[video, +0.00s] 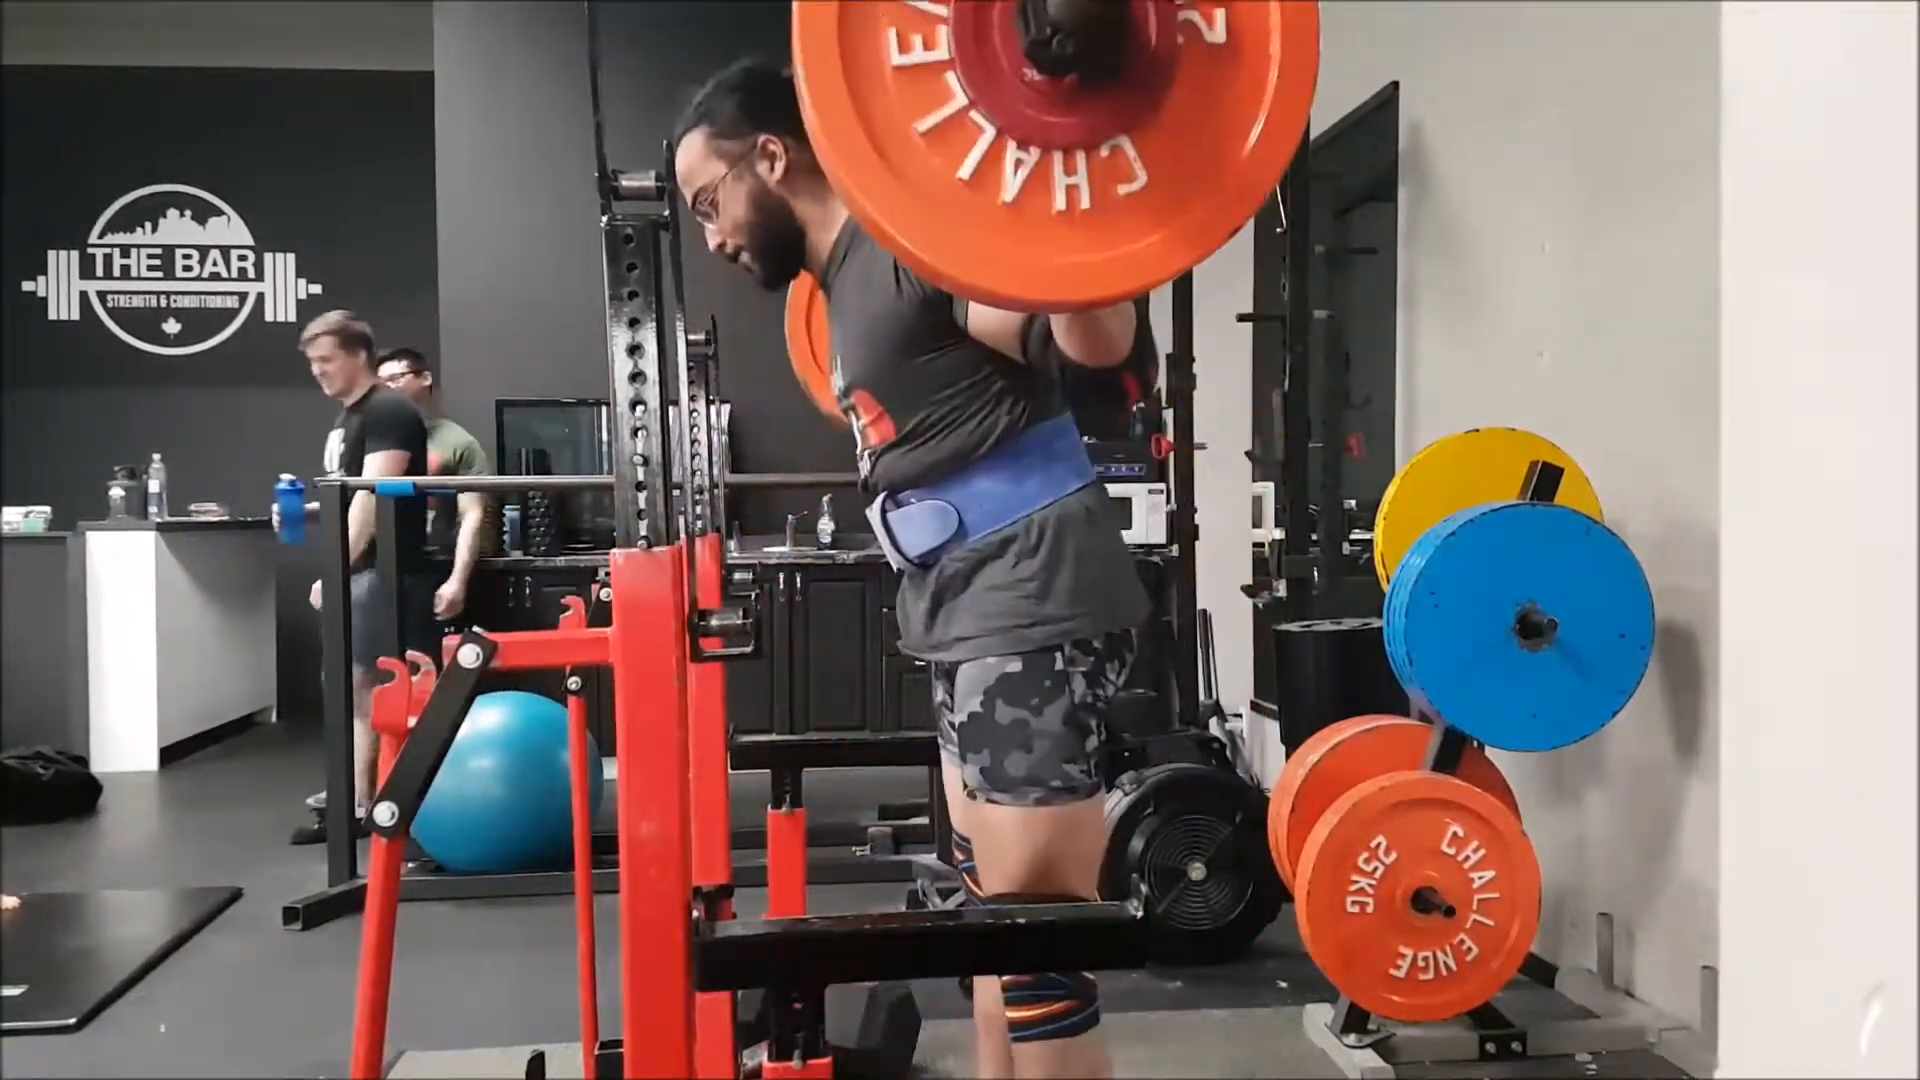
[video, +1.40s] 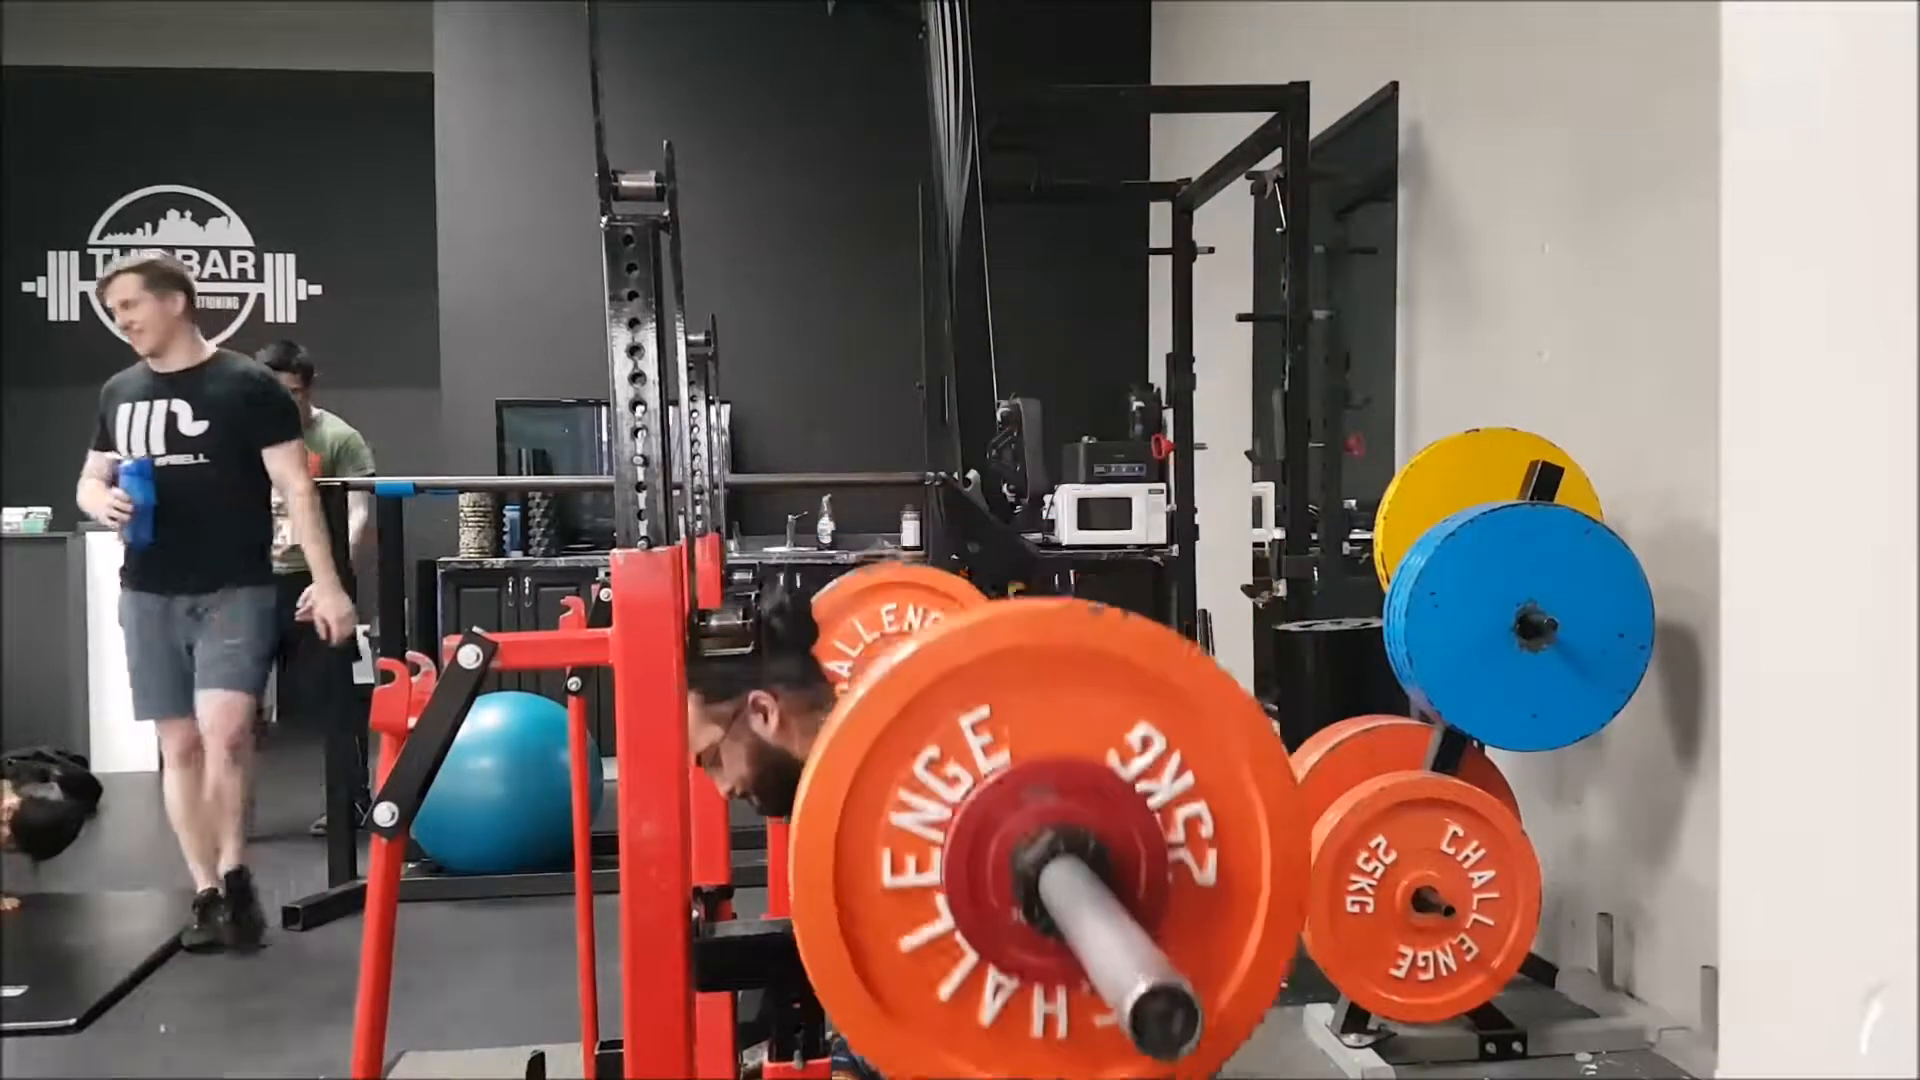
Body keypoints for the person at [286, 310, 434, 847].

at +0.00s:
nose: (318, 372)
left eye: (325, 359)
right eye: (313, 362)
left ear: (359, 355)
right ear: (319, 364)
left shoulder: (391, 411)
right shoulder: (349, 418)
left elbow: (374, 502)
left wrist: (336, 569)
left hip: (389, 571)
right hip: (360, 570)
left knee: (380, 691)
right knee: (358, 691)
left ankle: (393, 809)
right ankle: (353, 801)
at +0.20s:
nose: (287, 372)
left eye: (296, 361)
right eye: (281, 364)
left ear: (328, 358)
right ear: (280, 367)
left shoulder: (361, 414)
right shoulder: (305, 420)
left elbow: (352, 503)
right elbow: (309, 499)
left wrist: (315, 572)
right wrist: (269, 508)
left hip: (346, 577)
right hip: (313, 574)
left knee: (306, 680)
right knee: (345, 697)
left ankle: (324, 807)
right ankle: (363, 810)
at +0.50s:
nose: (247, 361)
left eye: (257, 351)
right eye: (241, 352)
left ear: (292, 350)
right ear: (240, 354)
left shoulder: (326, 413)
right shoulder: (259, 413)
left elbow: (316, 506)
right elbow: (260, 495)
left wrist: (269, 581)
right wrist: (222, 514)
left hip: (309, 584)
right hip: (259, 581)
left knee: (293, 705)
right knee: (257, 701)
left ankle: (266, 844)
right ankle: (321, 795)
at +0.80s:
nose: (223, 348)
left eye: (235, 337)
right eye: (216, 338)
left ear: (268, 338)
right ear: (210, 342)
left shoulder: (308, 402)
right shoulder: (213, 404)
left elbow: (290, 487)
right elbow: (207, 480)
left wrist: (227, 561)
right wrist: (191, 512)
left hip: (291, 580)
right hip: (225, 576)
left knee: (282, 713)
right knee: (208, 700)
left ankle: (267, 843)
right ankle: (234, 808)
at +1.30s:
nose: (142, 328)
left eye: (150, 312)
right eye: (133, 319)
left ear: (192, 306)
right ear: (133, 325)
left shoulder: (260, 386)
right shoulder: (132, 397)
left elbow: (301, 484)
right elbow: (112, 478)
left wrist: (296, 577)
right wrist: (115, 502)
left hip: (252, 592)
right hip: (164, 596)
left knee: (259, 738)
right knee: (185, 742)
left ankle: (260, 832)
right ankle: (207, 891)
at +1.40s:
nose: (121, 322)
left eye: (130, 306)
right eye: (114, 312)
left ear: (176, 300)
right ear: (117, 319)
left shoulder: (251, 387)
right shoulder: (121, 394)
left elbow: (298, 489)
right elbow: (91, 485)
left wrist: (328, 580)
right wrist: (100, 500)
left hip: (237, 592)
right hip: (150, 596)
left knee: (228, 736)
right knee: (181, 748)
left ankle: (232, 875)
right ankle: (204, 892)